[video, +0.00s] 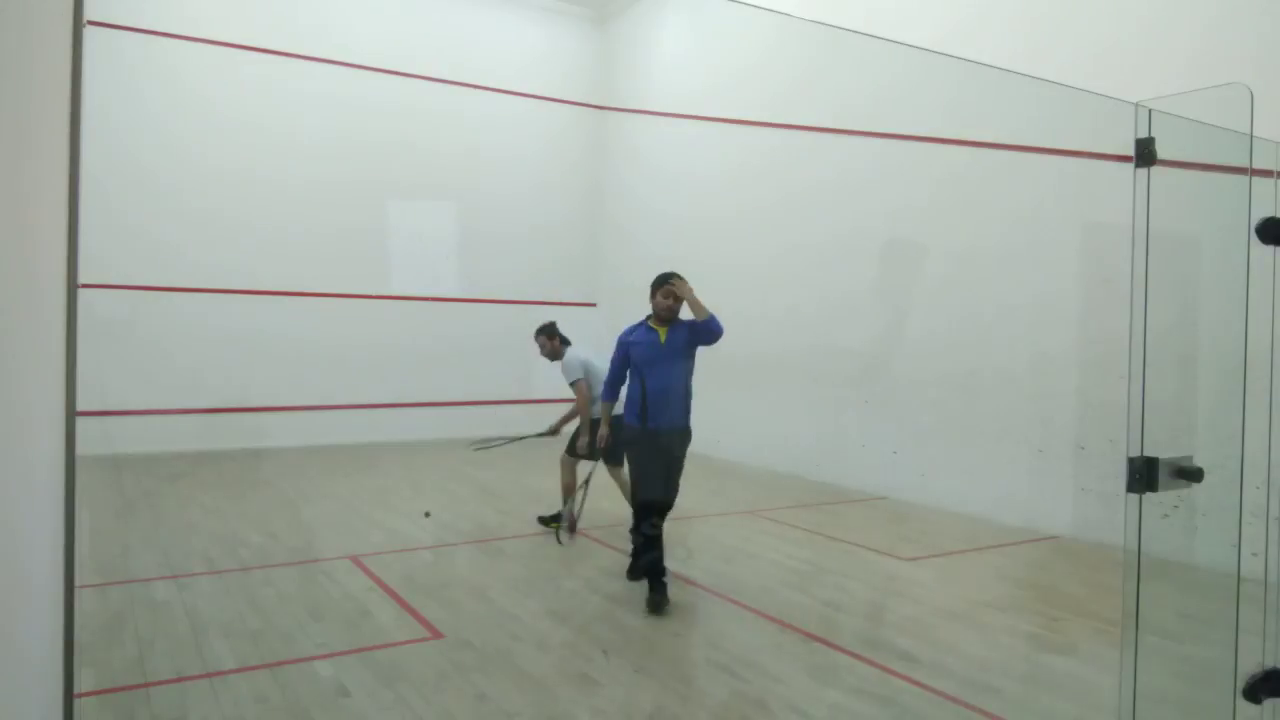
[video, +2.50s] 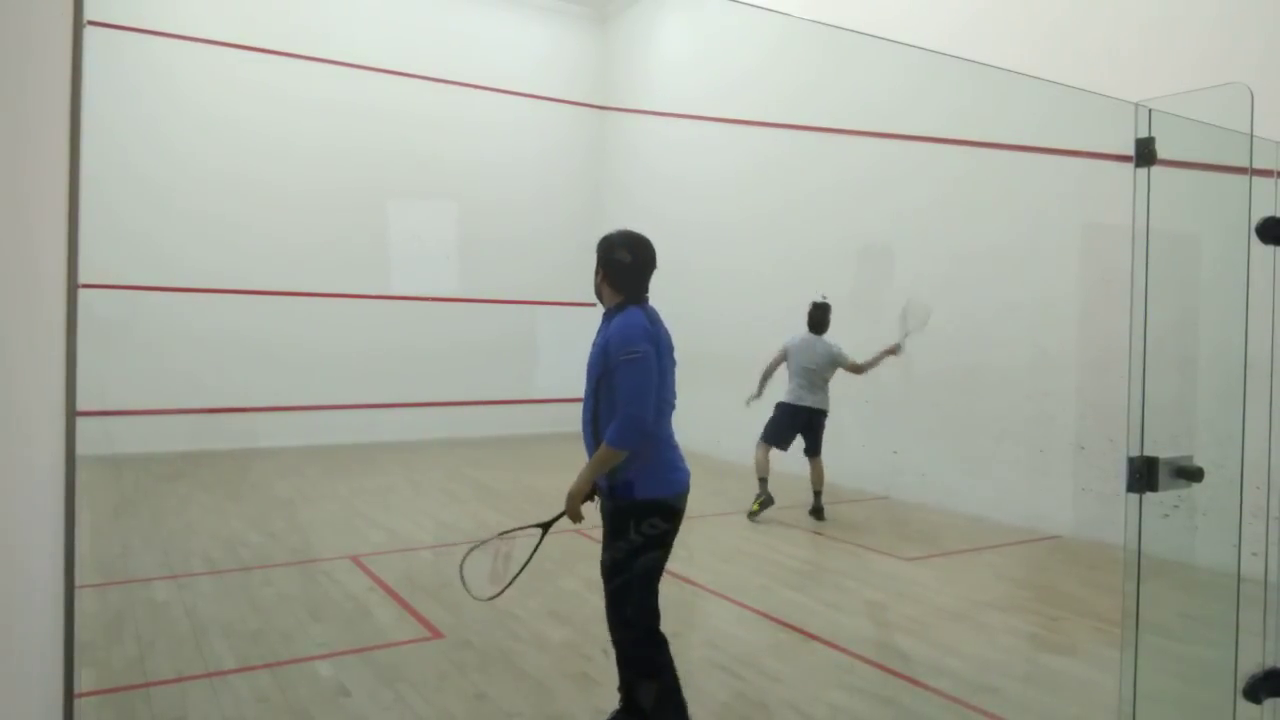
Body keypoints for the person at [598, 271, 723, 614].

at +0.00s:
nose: (669, 303)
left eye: (674, 299)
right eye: (663, 297)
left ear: (682, 303)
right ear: (651, 299)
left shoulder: (688, 332)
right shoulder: (631, 336)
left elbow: (714, 332)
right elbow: (613, 381)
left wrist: (690, 298)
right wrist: (604, 421)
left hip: (675, 429)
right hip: (638, 429)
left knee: (664, 500)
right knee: (647, 503)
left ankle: (640, 553)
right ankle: (656, 582)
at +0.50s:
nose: (725, 290)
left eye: (733, 283)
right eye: (723, 283)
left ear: (758, 287)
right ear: (722, 289)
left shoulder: (785, 335)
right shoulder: (708, 338)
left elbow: (816, 383)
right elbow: (688, 389)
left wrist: (795, 364)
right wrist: (698, 416)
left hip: (768, 459)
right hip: (721, 458)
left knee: (762, 545)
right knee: (727, 548)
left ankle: (751, 620)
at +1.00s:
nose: (758, 289)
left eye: (764, 279)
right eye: (759, 280)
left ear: (790, 282)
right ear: (787, 283)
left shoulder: (829, 336)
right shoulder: (777, 337)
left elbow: (836, 414)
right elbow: (769, 404)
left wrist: (800, 471)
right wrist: (729, 445)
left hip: (815, 483)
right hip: (772, 477)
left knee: (812, 585)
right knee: (753, 571)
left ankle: (816, 691)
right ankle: (763, 671)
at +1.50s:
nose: (682, 283)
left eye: (688, 274)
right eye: (684, 274)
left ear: (706, 278)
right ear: (711, 279)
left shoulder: (746, 327)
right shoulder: (694, 334)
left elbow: (743, 402)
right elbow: (684, 402)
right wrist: (633, 436)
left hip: (741, 483)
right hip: (703, 480)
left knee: (715, 591)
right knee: (701, 590)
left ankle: (774, 694)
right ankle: (709, 697)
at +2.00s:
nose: (646, 275)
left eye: (651, 267)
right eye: (649, 266)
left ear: (667, 276)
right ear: (685, 277)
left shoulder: (701, 332)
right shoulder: (674, 331)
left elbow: (687, 420)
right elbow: (674, 413)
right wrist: (654, 468)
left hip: (713, 493)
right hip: (678, 488)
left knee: (712, 614)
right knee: (656, 604)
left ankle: (730, 710)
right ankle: (642, 704)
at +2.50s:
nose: (594, 275)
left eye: (596, 268)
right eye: (596, 267)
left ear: (603, 274)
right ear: (643, 275)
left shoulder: (629, 330)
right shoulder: (640, 323)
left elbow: (633, 422)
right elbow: (646, 416)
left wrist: (584, 480)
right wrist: (600, 477)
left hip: (643, 493)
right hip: (639, 488)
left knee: (631, 615)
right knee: (630, 611)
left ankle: (656, 709)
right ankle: (640, 705)